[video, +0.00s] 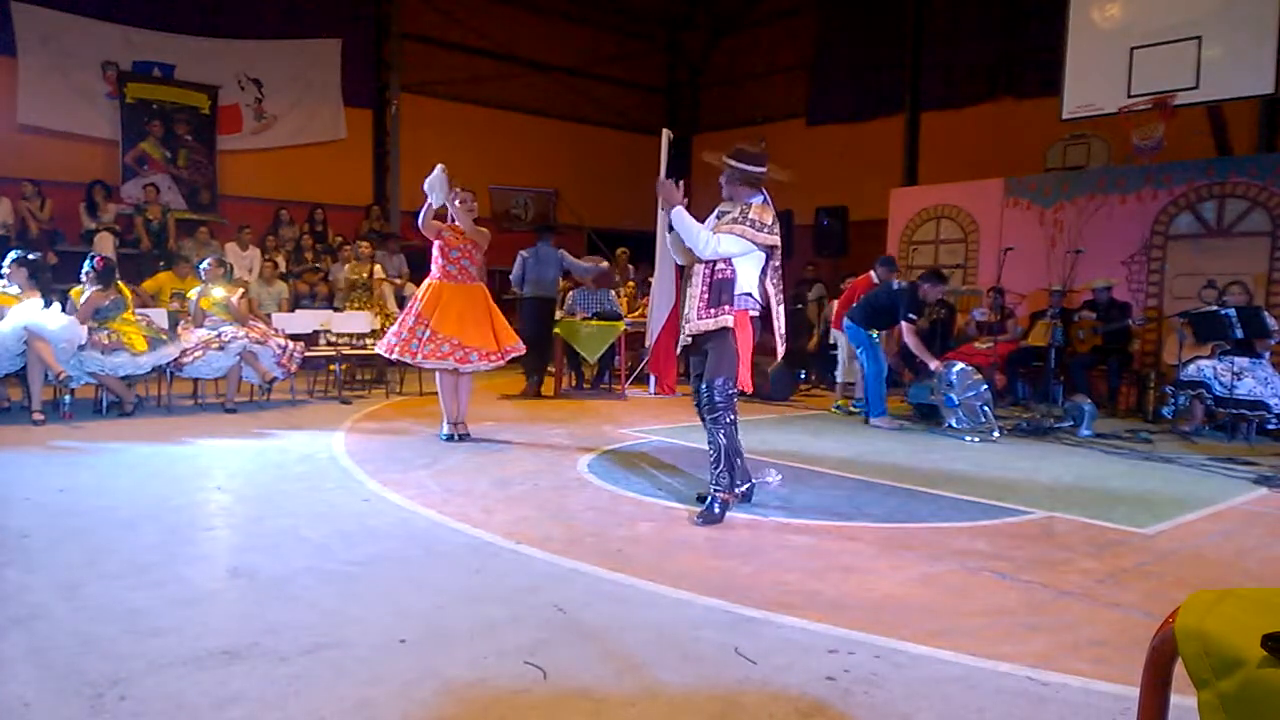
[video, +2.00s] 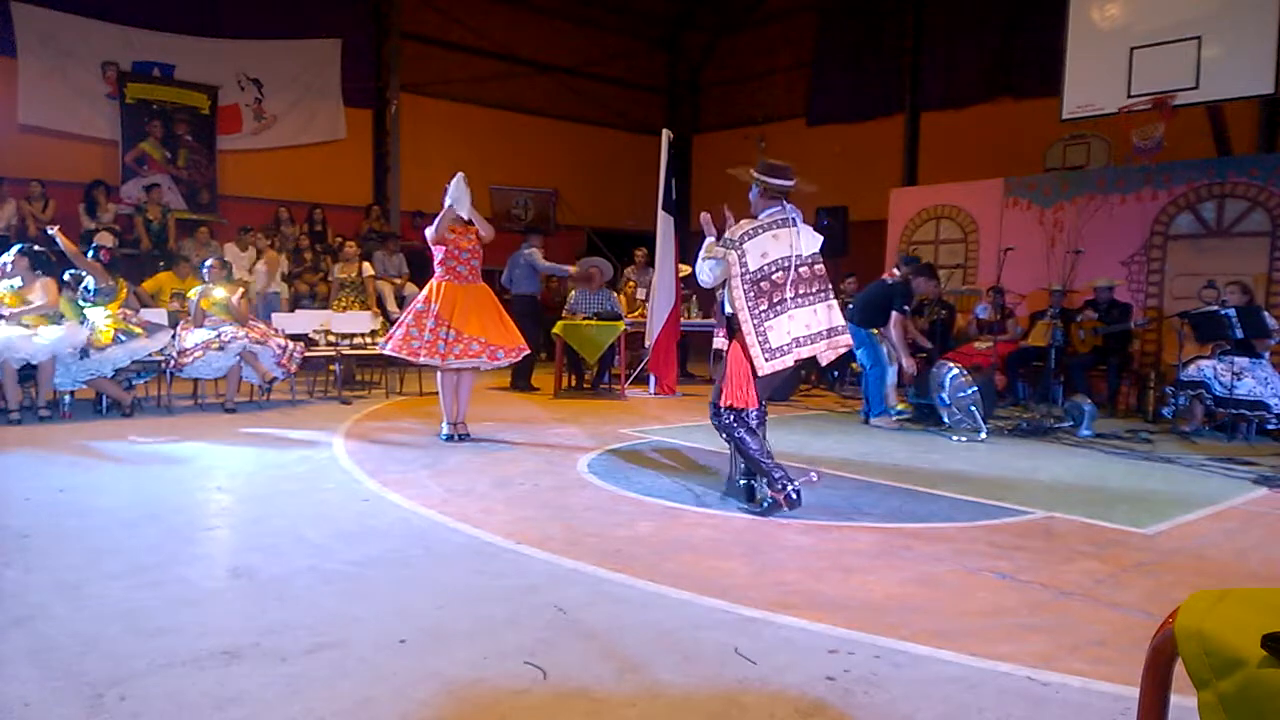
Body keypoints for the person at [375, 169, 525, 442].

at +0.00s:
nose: (470, 205)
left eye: (473, 201)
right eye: (464, 202)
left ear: (478, 207)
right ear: (453, 207)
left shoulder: (482, 235)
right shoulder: (441, 230)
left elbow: (470, 231)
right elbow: (424, 224)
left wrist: (454, 207)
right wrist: (431, 201)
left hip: (470, 298)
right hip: (442, 296)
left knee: (465, 365)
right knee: (445, 364)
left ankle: (461, 420)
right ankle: (448, 420)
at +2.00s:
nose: (457, 207)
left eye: (460, 204)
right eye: (452, 202)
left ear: (466, 207)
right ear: (445, 205)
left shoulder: (475, 232)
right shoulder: (436, 232)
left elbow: (489, 234)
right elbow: (436, 234)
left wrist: (469, 210)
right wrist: (450, 205)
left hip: (473, 297)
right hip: (446, 296)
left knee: (468, 363)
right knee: (447, 363)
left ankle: (461, 420)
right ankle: (447, 420)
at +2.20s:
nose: (453, 207)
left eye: (458, 202)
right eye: (449, 202)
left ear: (465, 208)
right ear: (441, 208)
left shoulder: (475, 232)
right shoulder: (433, 232)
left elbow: (494, 236)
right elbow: (444, 237)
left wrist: (476, 213)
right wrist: (456, 212)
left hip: (472, 298)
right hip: (445, 297)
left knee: (466, 365)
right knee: (447, 365)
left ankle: (461, 420)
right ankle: (447, 420)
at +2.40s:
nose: (454, 206)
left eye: (459, 202)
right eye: (449, 202)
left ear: (466, 206)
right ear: (441, 207)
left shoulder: (477, 232)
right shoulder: (435, 233)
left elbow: (503, 241)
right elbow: (448, 239)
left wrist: (482, 219)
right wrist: (465, 215)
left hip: (474, 298)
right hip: (447, 297)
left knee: (469, 364)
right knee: (448, 364)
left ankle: (461, 420)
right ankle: (447, 420)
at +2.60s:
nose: (451, 205)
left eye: (456, 201)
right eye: (447, 201)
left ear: (465, 206)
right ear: (440, 206)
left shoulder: (477, 232)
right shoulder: (435, 234)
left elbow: (505, 247)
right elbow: (454, 244)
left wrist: (489, 223)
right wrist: (477, 220)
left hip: (474, 299)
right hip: (447, 298)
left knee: (469, 365)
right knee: (448, 365)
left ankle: (461, 421)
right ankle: (447, 421)